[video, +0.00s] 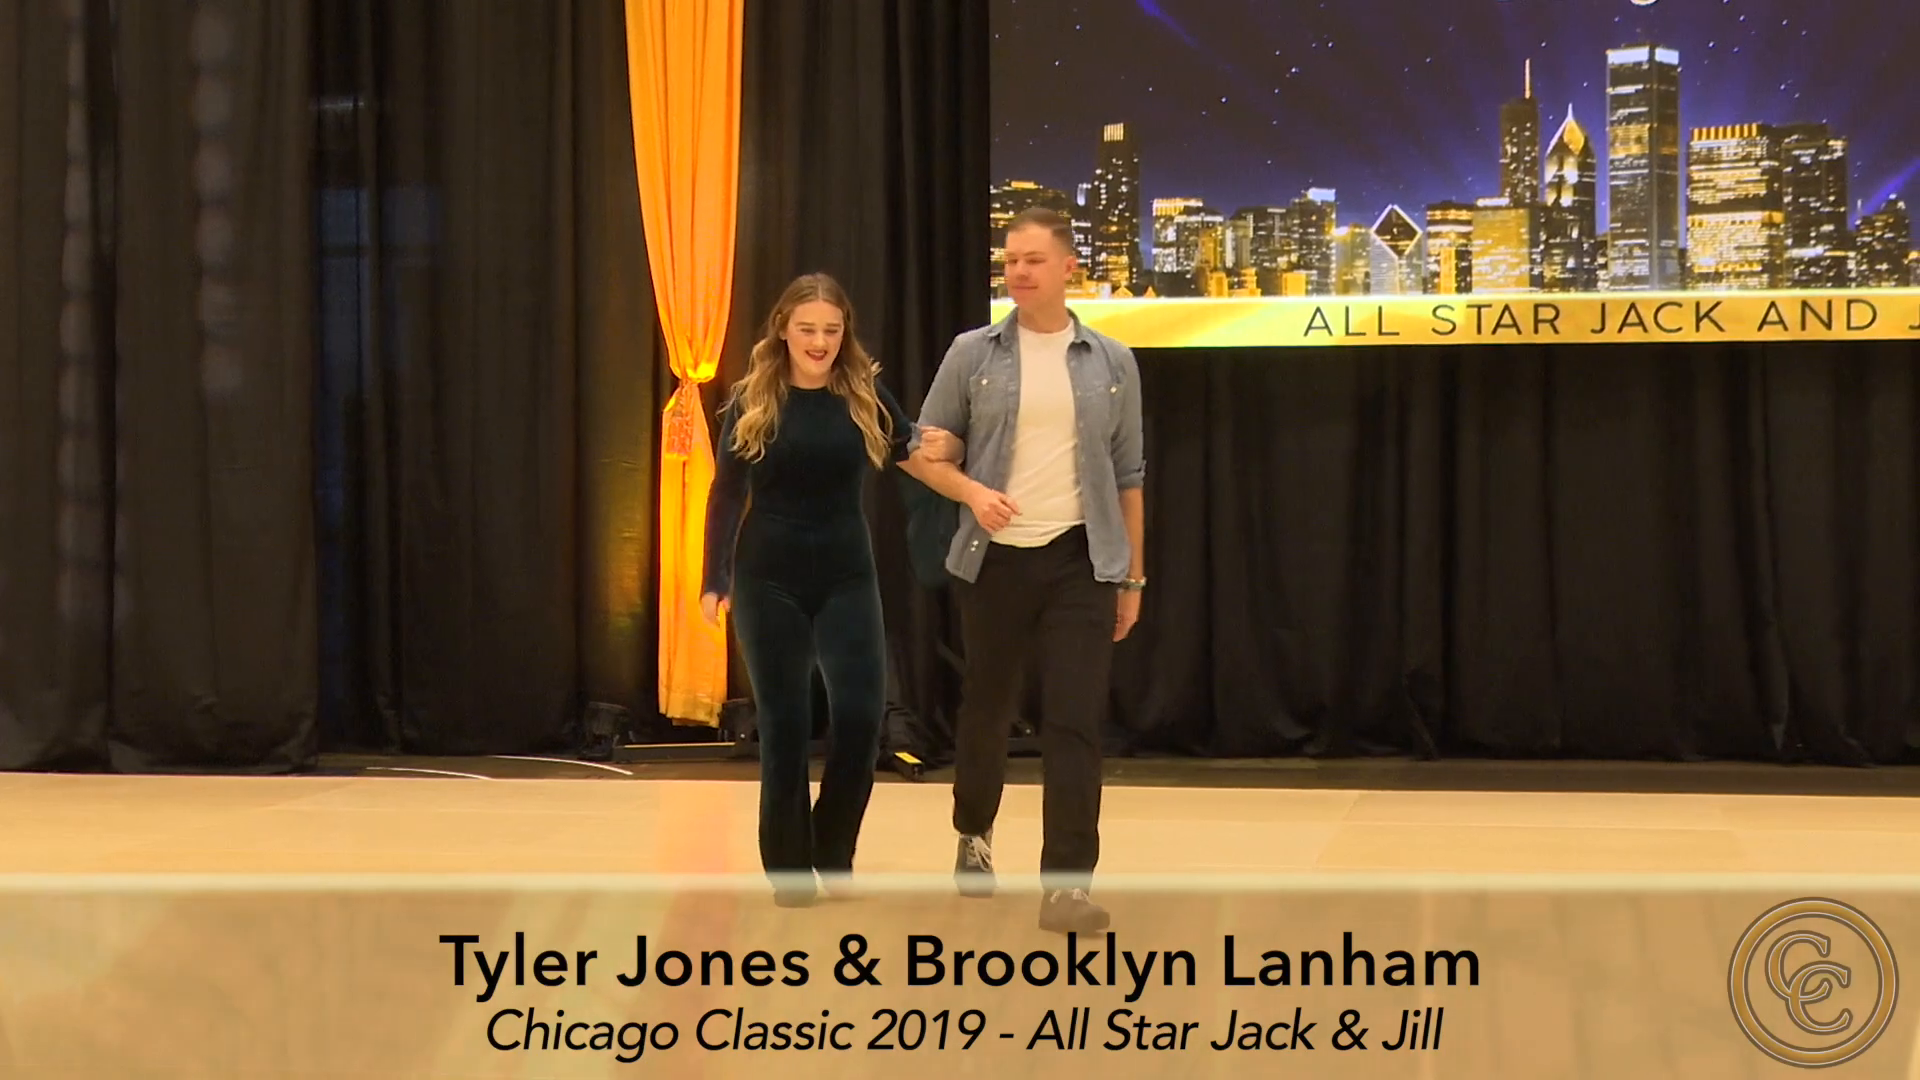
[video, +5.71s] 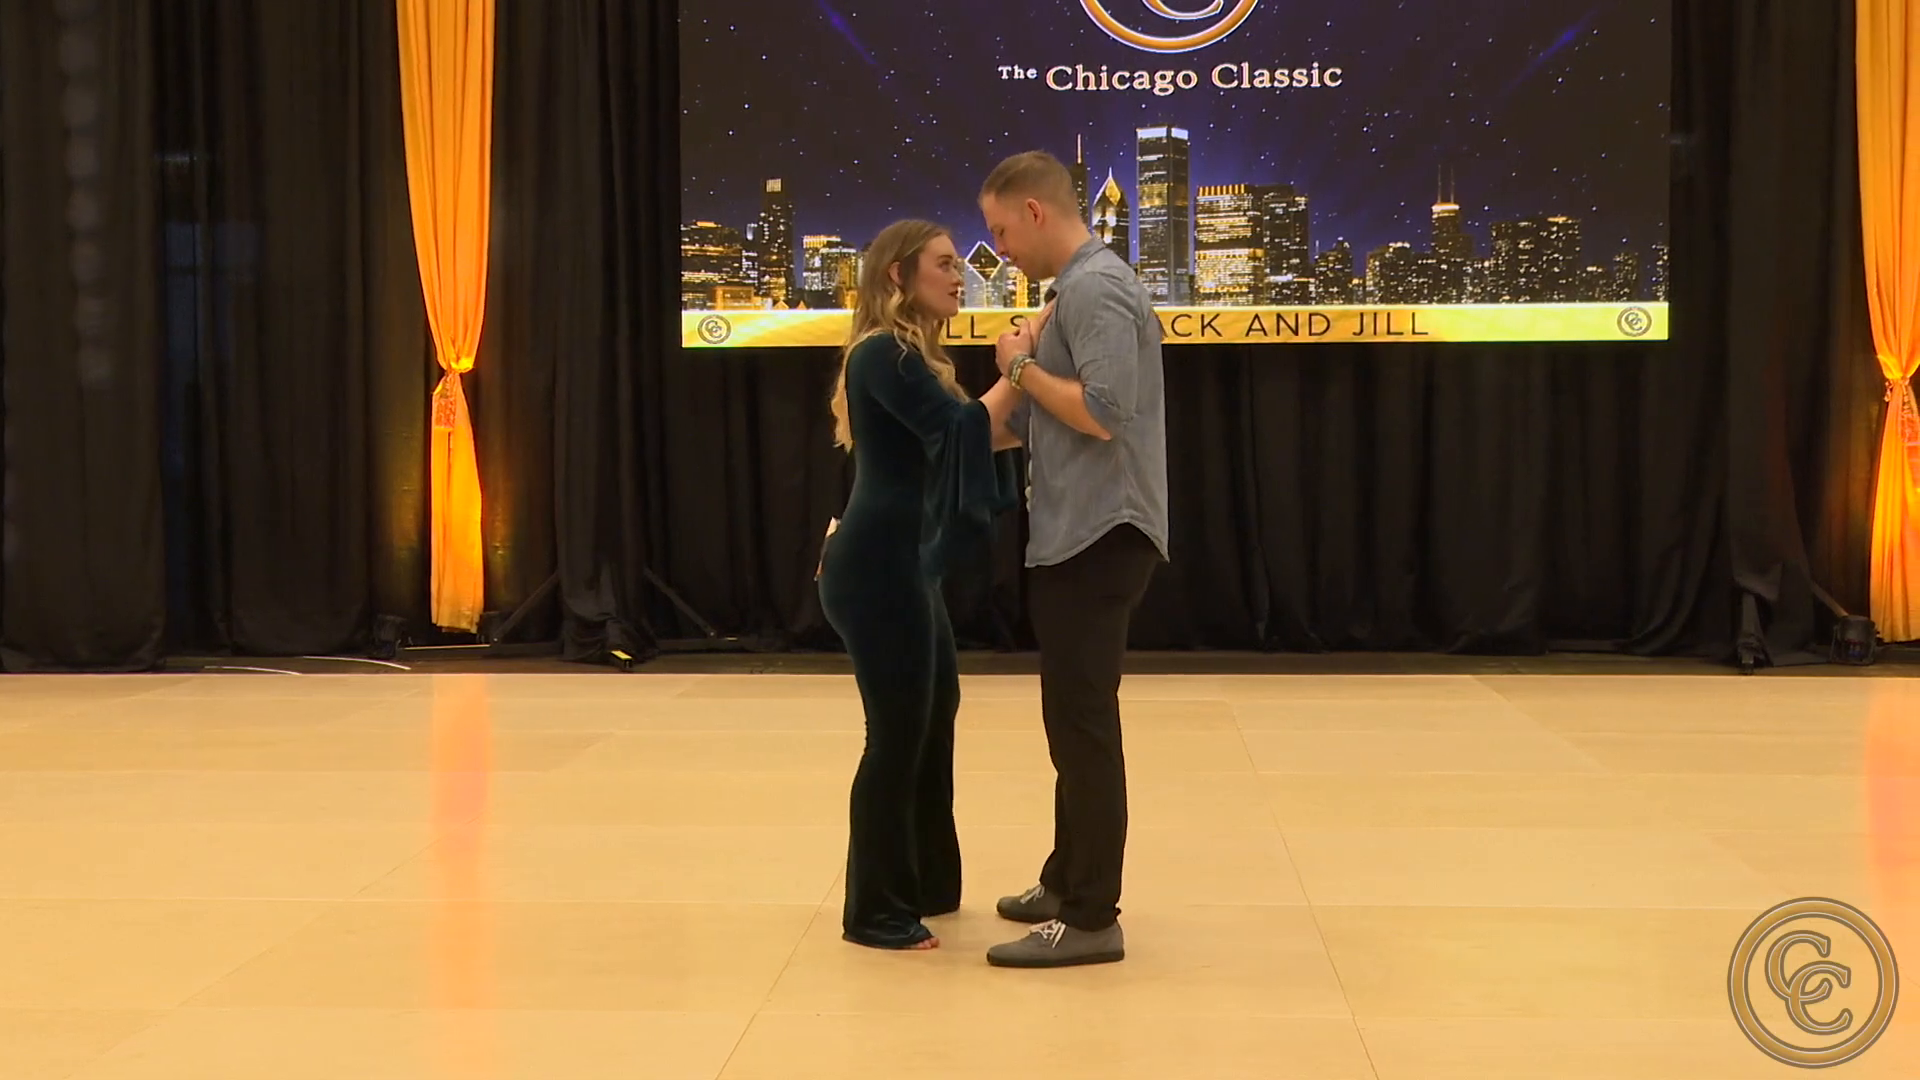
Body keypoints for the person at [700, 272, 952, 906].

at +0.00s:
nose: (818, 340)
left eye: (829, 329)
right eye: (805, 328)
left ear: (844, 334)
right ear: (783, 332)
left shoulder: (865, 399)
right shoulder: (750, 404)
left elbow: (914, 455)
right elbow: (727, 495)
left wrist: (950, 448)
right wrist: (716, 576)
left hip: (847, 580)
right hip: (767, 581)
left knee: (860, 718)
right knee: (785, 725)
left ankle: (832, 860)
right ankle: (787, 867)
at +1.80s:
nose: (904, 275)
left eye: (902, 262)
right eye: (892, 262)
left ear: (867, 273)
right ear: (846, 271)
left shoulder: (886, 364)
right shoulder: (793, 362)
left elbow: (928, 437)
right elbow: (773, 454)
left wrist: (1026, 418)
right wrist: (776, 516)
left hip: (892, 588)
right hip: (812, 589)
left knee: (918, 756)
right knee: (839, 759)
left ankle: (837, 896)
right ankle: (834, 938)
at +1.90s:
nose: (908, 267)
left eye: (903, 254)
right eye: (894, 254)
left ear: (868, 268)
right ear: (849, 267)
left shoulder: (886, 357)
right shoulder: (799, 355)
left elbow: (909, 451)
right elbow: (802, 449)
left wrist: (971, 418)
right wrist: (852, 474)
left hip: (893, 583)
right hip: (812, 587)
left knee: (929, 749)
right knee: (827, 760)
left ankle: (881, 928)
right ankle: (820, 941)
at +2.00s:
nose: (914, 264)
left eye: (910, 251)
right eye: (901, 251)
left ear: (875, 266)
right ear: (855, 264)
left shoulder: (897, 361)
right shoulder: (810, 355)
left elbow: (925, 474)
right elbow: (849, 448)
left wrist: (958, 431)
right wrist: (937, 430)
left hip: (903, 576)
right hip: (821, 578)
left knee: (919, 769)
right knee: (824, 763)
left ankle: (944, 954)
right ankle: (818, 948)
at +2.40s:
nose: (938, 260)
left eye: (934, 247)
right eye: (925, 247)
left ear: (883, 264)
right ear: (880, 262)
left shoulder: (913, 351)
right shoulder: (864, 346)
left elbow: (963, 470)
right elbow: (936, 425)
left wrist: (1025, 375)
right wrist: (1025, 356)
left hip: (939, 575)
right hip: (872, 578)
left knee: (936, 768)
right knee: (886, 765)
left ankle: (920, 953)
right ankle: (821, 956)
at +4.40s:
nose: (952, 281)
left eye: (950, 269)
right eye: (941, 270)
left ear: (911, 282)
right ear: (903, 282)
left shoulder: (905, 356)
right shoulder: (898, 363)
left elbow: (956, 413)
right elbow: (976, 447)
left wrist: (1003, 362)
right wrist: (1010, 378)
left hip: (892, 558)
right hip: (906, 563)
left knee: (894, 723)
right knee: (937, 715)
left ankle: (897, 887)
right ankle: (904, 903)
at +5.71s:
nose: (960, 276)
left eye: (959, 265)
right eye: (946, 264)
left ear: (926, 279)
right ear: (901, 273)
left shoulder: (914, 356)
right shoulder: (882, 352)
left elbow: (950, 452)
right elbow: (955, 428)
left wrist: (1013, 422)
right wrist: (1017, 366)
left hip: (905, 565)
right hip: (873, 568)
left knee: (937, 711)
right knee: (899, 729)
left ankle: (916, 889)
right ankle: (871, 910)